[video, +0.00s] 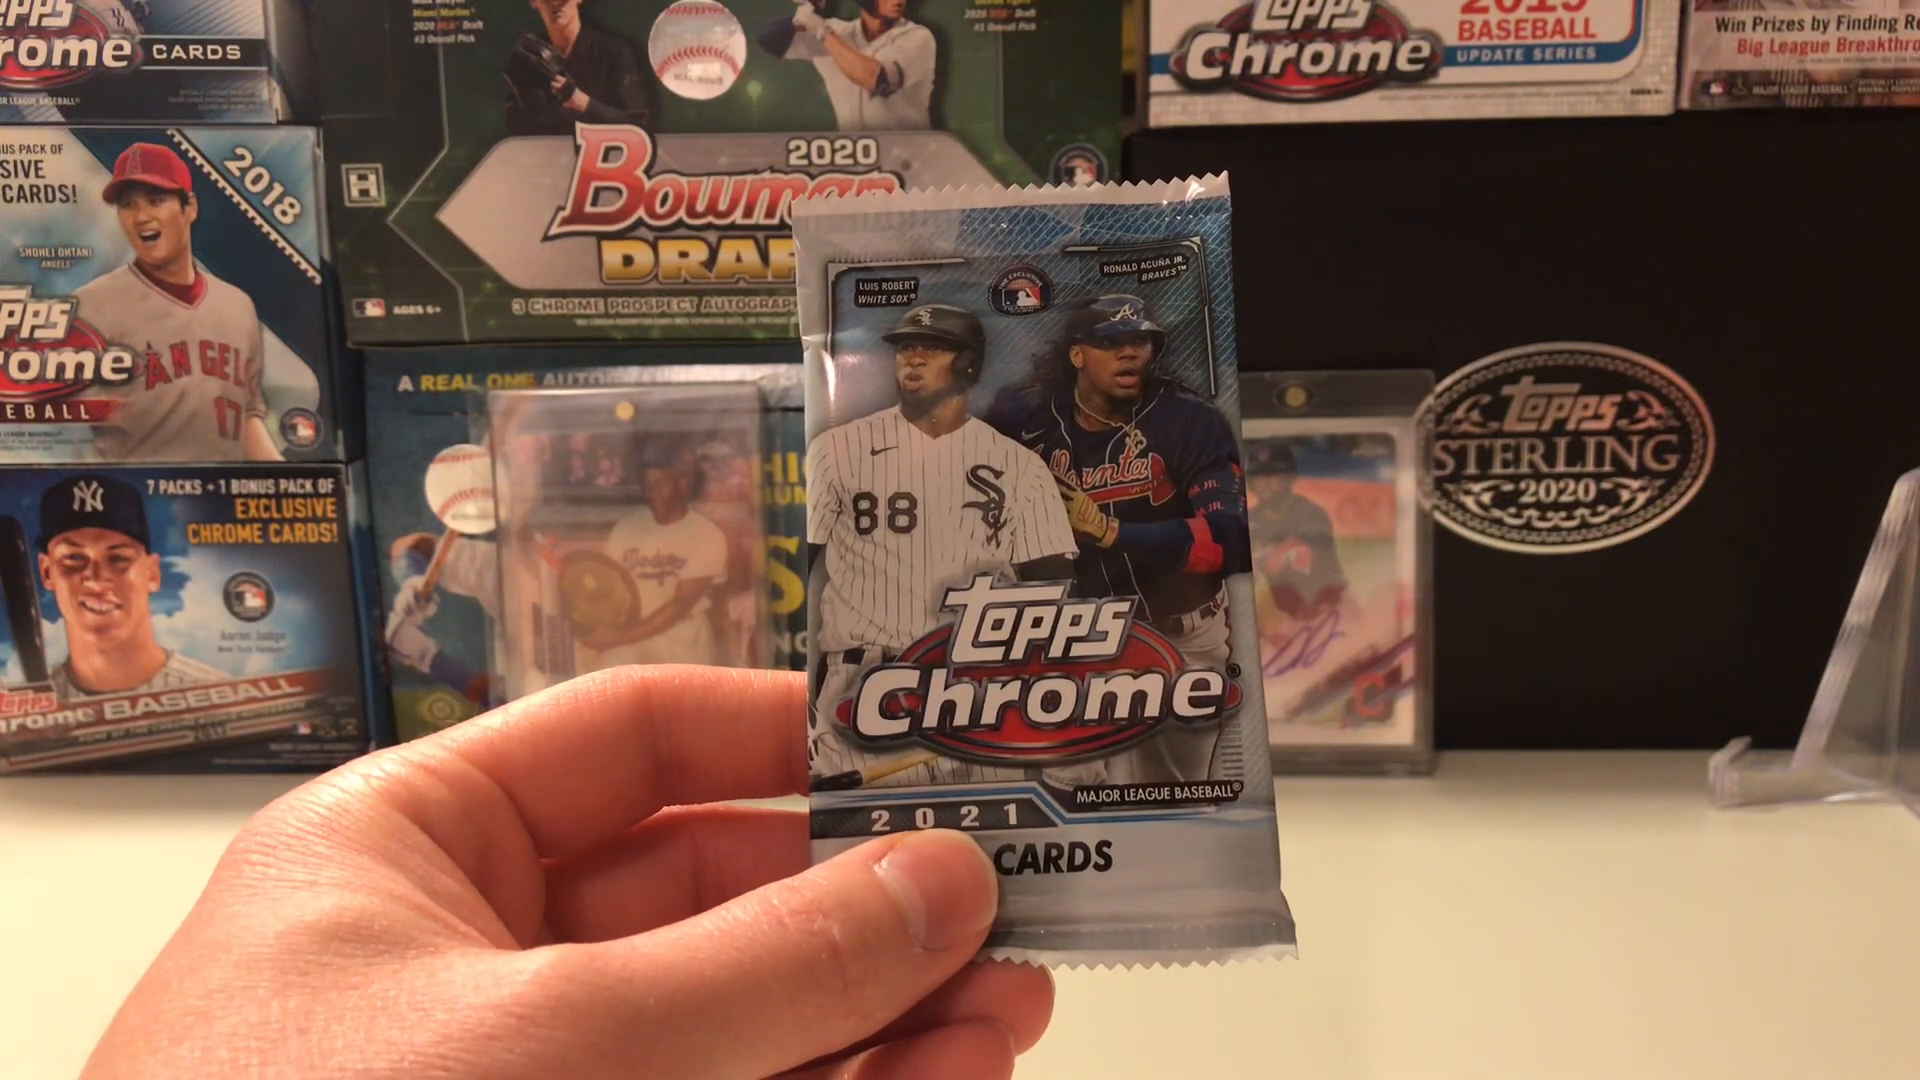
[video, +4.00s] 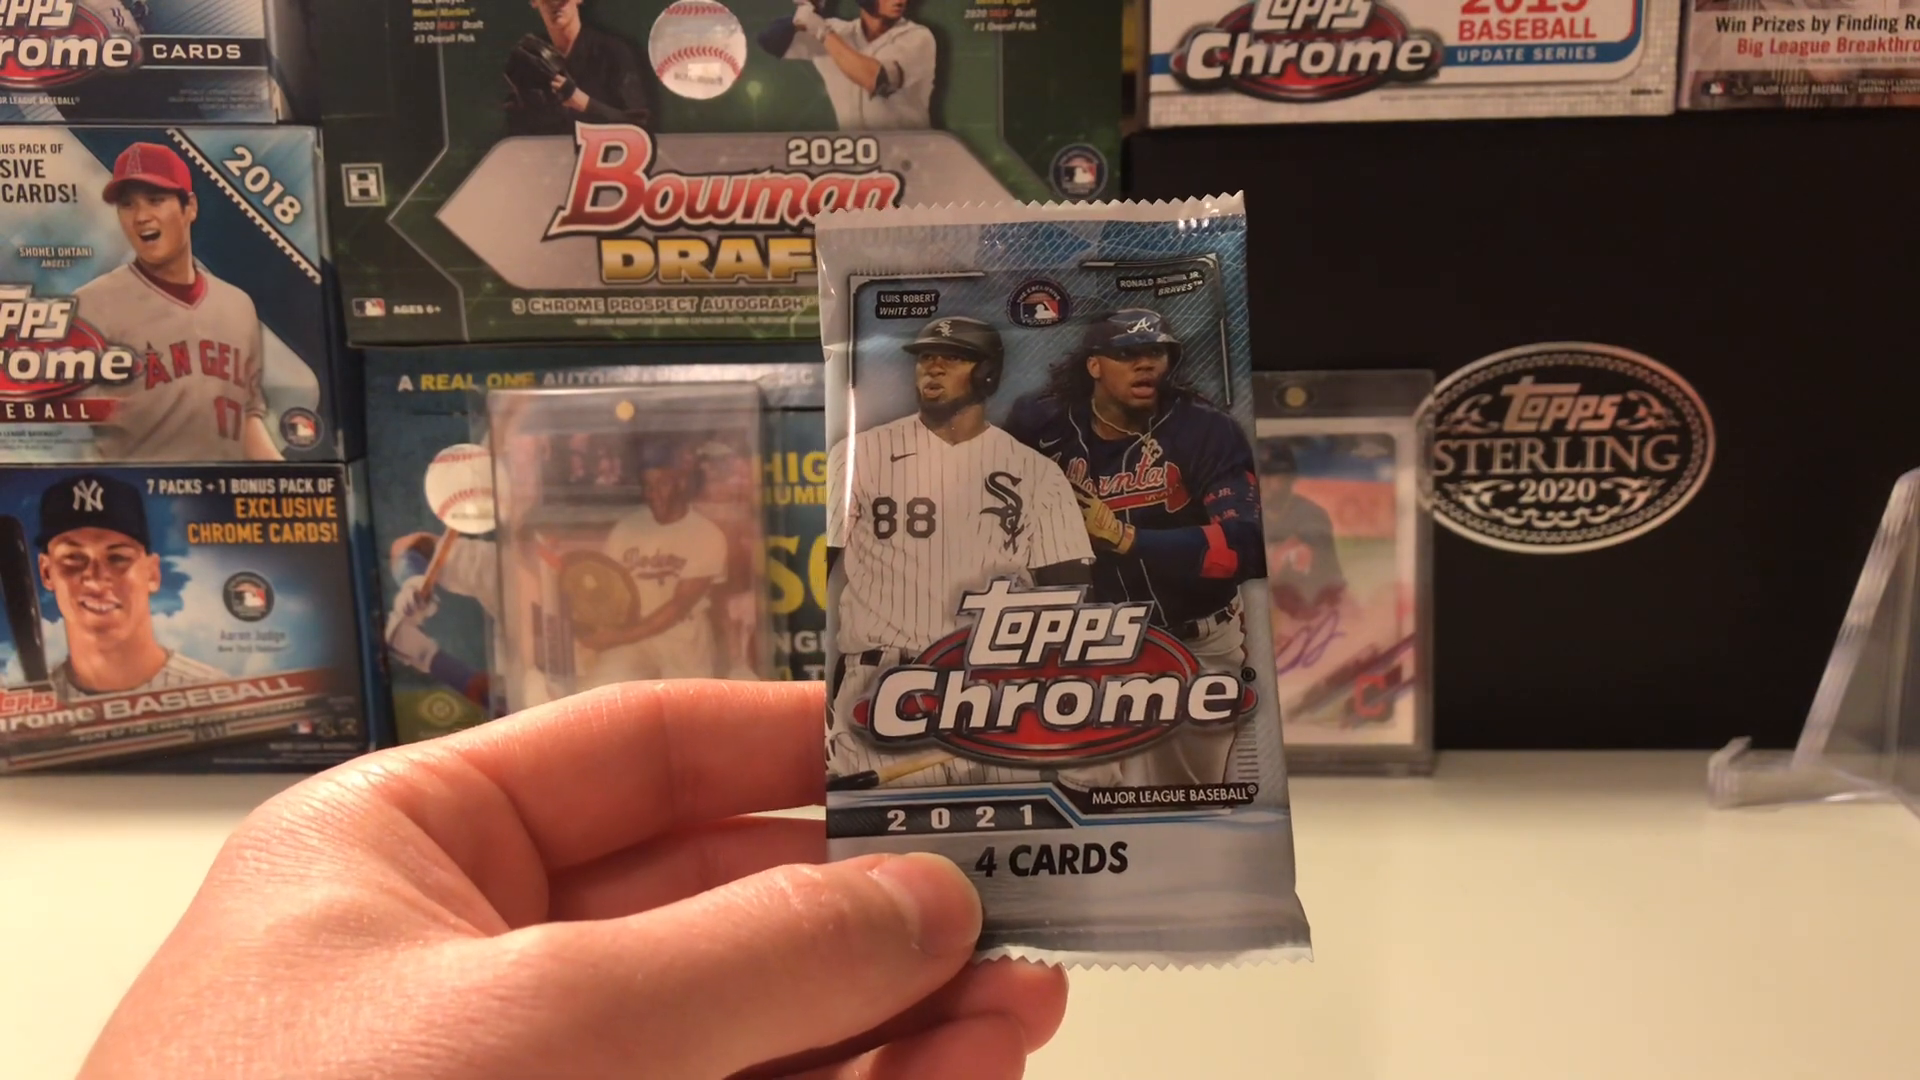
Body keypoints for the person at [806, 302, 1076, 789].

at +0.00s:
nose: (912, 359)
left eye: (930, 348)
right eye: (905, 347)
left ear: (966, 363)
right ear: (894, 358)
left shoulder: (1019, 468)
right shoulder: (834, 453)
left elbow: (1050, 590)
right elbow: (807, 576)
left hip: (973, 696)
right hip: (855, 694)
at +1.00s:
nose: (912, 362)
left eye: (930, 351)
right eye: (905, 350)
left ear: (966, 366)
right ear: (894, 361)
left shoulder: (1018, 468)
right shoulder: (840, 453)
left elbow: (1049, 591)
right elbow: (803, 572)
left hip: (974, 694)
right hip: (856, 693)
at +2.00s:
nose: (907, 367)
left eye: (925, 356)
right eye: (900, 355)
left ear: (960, 370)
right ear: (890, 365)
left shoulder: (1012, 470)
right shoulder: (832, 456)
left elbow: (1043, 592)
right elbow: (793, 574)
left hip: (972, 696)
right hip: (853, 694)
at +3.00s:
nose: (911, 365)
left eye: (929, 354)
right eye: (904, 354)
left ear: (965, 369)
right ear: (894, 364)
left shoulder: (1016, 471)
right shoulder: (838, 455)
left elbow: (1047, 594)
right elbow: (787, 569)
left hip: (972, 694)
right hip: (854, 691)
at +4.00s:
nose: (932, 369)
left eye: (950, 358)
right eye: (925, 357)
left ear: (985, 373)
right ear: (915, 367)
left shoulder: (1037, 475)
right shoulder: (856, 459)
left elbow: (1066, 597)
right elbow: (827, 575)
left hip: (992, 699)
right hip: (873, 697)